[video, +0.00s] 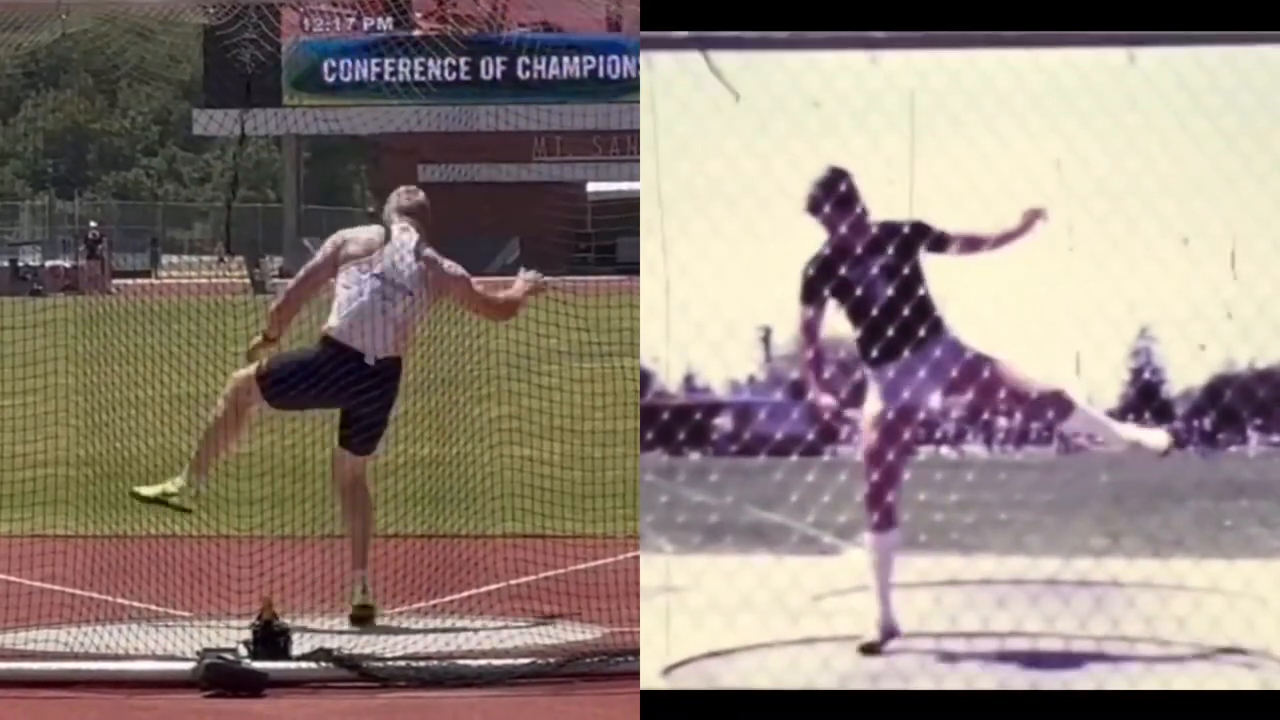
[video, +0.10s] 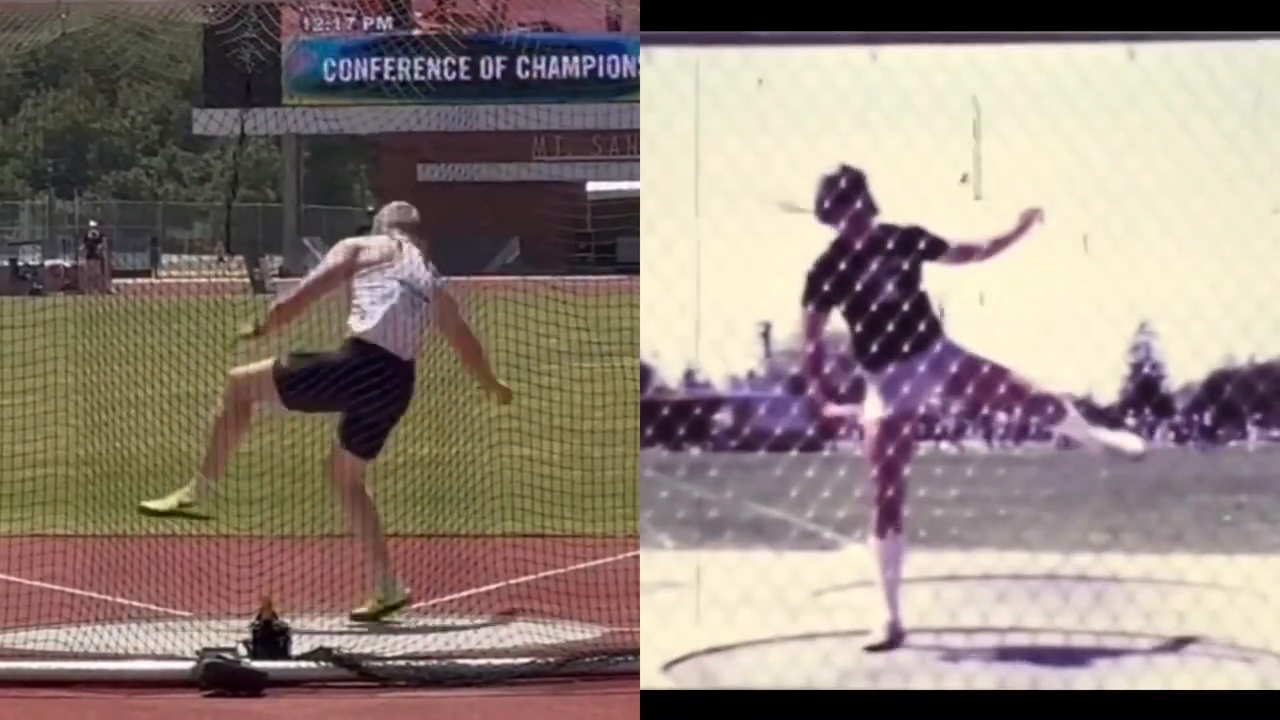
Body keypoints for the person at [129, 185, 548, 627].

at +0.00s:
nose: (400, 213)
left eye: (394, 207)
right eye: (410, 211)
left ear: (386, 215)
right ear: (426, 224)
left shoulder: (353, 240)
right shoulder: (440, 268)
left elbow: (297, 289)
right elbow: (497, 309)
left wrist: (271, 333)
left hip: (336, 361)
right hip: (383, 380)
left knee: (244, 385)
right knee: (352, 472)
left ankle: (187, 483)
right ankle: (362, 591)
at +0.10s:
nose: (374, 228)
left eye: (378, 223)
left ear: (381, 226)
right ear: (418, 236)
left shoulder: (361, 246)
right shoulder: (430, 278)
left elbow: (308, 290)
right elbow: (462, 337)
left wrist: (268, 323)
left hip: (359, 362)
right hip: (398, 383)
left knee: (240, 386)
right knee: (346, 473)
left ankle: (199, 491)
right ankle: (387, 587)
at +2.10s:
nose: (454, 282)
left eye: (454, 272)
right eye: (448, 272)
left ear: (433, 277)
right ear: (420, 274)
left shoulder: (444, 319)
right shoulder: (366, 311)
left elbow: (504, 346)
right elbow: (292, 345)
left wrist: (571, 371)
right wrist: (225, 378)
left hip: (376, 446)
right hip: (351, 432)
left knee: (439, 537)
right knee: (387, 510)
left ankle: (438, 628)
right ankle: (310, 580)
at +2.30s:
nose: (459, 288)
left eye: (459, 279)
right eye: (456, 278)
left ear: (426, 277)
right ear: (433, 278)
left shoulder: (431, 326)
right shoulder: (389, 313)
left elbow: (460, 359)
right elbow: (329, 350)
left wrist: (506, 388)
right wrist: (278, 387)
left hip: (333, 447)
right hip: (353, 426)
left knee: (411, 536)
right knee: (427, 501)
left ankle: (435, 628)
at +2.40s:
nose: (453, 284)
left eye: (453, 274)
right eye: (451, 273)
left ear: (414, 267)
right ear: (437, 272)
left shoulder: (394, 305)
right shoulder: (400, 313)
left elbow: (416, 359)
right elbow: (355, 346)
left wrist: (449, 387)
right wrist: (317, 385)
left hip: (326, 433)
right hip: (359, 420)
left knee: (403, 532)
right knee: (456, 492)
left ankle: (432, 629)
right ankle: (509, 601)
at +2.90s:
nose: (382, 221)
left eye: (378, 214)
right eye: (381, 215)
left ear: (331, 222)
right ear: (375, 219)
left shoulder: (303, 266)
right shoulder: (392, 260)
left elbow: (222, 302)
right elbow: (449, 287)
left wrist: (230, 305)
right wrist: (508, 303)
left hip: (347, 398)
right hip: (400, 385)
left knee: (401, 516)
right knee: (417, 492)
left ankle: (447, 589)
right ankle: (414, 593)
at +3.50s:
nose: (292, 246)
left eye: (297, 237)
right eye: (291, 238)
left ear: (322, 235)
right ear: (324, 234)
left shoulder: (339, 280)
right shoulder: (356, 239)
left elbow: (298, 318)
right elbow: (398, 212)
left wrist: (243, 295)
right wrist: (425, 192)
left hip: (388, 398)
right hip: (336, 397)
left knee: (404, 514)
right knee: (317, 495)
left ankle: (449, 447)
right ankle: (350, 604)